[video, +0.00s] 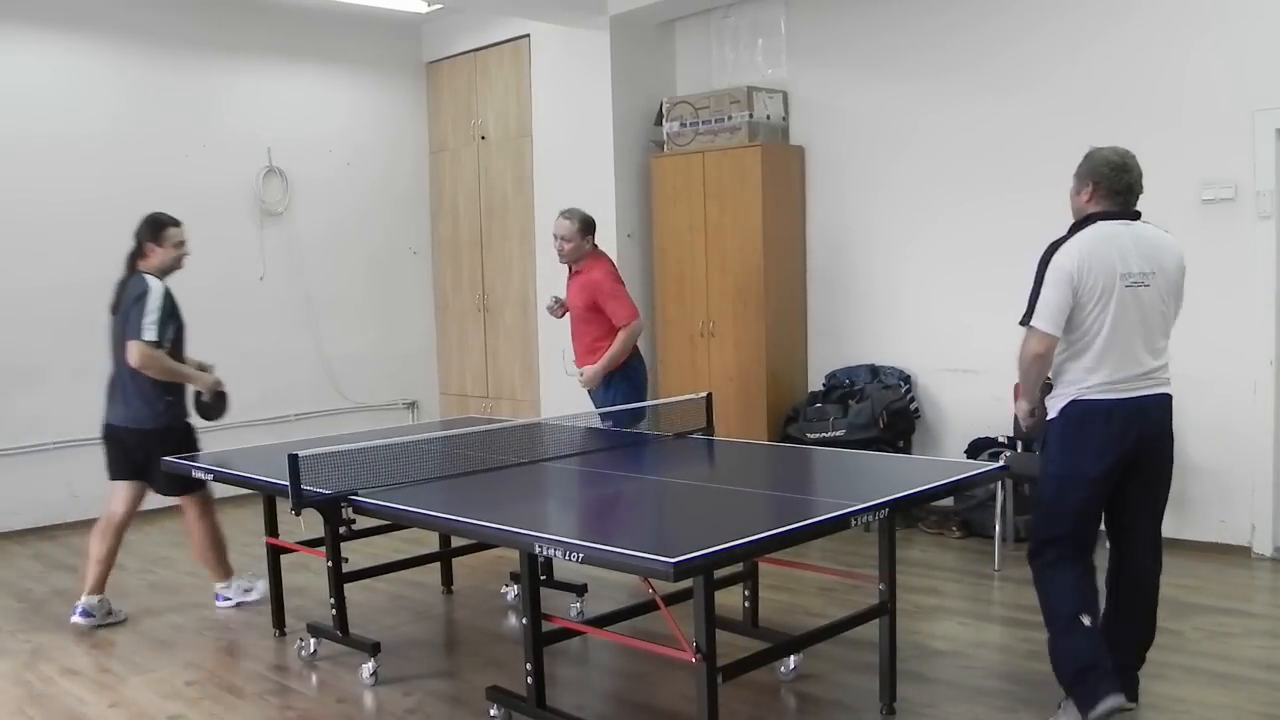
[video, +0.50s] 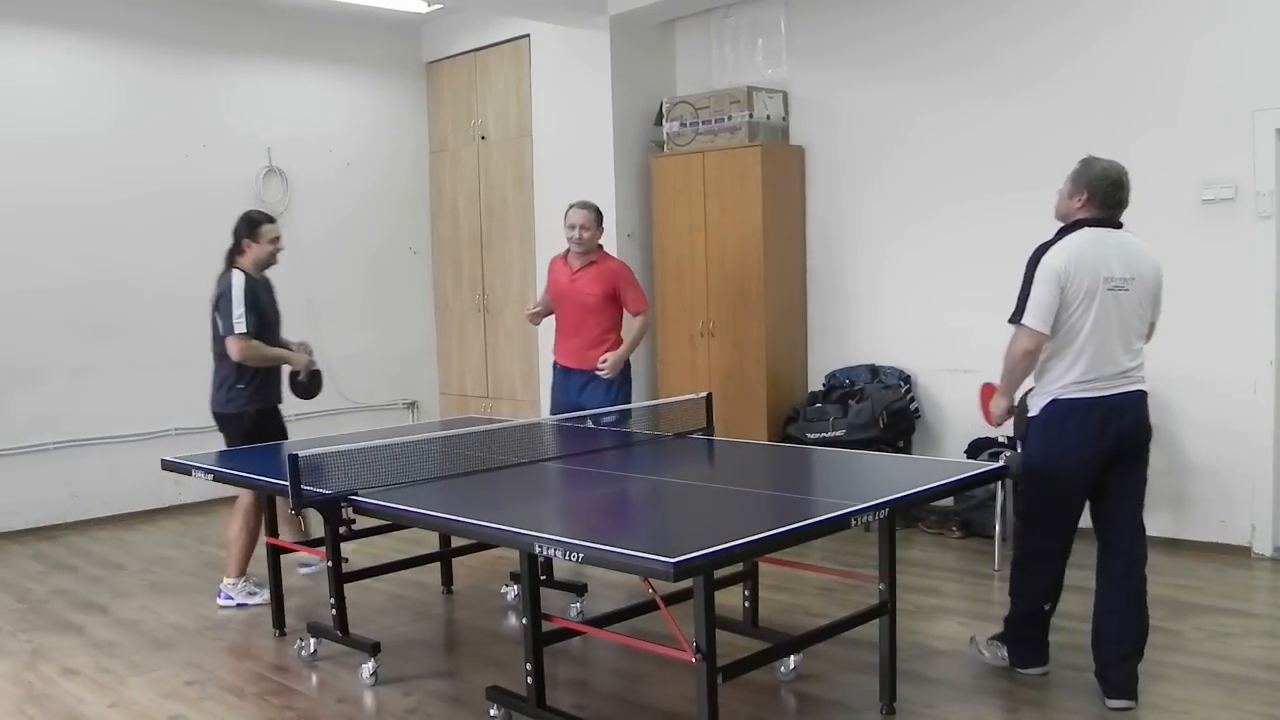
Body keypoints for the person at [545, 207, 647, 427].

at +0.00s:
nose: (557, 246)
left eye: (565, 240)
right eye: (555, 238)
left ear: (587, 242)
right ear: (553, 235)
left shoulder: (601, 274)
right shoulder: (578, 263)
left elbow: (633, 325)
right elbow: (588, 295)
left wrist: (600, 369)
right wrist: (565, 306)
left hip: (619, 375)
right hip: (599, 376)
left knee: (626, 450)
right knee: (618, 449)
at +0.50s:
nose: (577, 235)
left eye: (585, 229)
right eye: (571, 228)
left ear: (599, 232)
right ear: (564, 230)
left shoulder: (616, 270)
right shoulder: (557, 265)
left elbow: (643, 316)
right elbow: (551, 297)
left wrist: (622, 355)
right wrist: (539, 311)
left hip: (606, 377)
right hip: (565, 376)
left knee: (608, 451)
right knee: (566, 451)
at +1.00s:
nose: (553, 230)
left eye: (558, 224)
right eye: (545, 225)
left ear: (567, 228)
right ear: (533, 233)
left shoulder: (590, 261)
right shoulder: (522, 275)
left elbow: (609, 296)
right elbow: (499, 322)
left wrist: (624, 322)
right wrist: (518, 326)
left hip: (597, 370)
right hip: (551, 374)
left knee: (610, 440)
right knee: (550, 446)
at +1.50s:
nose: (564, 228)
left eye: (564, 222)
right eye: (555, 223)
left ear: (568, 225)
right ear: (536, 232)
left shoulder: (588, 258)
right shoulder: (524, 280)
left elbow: (610, 294)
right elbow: (509, 328)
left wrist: (625, 315)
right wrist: (533, 331)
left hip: (605, 364)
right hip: (561, 372)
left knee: (627, 433)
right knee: (562, 442)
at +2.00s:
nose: (637, 235)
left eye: (638, 229)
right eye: (632, 228)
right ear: (609, 231)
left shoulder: (644, 270)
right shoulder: (587, 273)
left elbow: (657, 310)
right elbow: (563, 319)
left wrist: (669, 329)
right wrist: (603, 326)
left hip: (650, 368)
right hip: (608, 372)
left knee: (659, 443)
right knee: (603, 445)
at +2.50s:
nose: (712, 242)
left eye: (713, 235)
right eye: (709, 233)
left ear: (695, 233)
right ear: (692, 232)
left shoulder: (701, 271)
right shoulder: (663, 270)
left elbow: (705, 315)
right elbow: (639, 315)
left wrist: (735, 333)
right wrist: (689, 329)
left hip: (702, 370)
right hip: (675, 373)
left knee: (702, 443)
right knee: (683, 445)